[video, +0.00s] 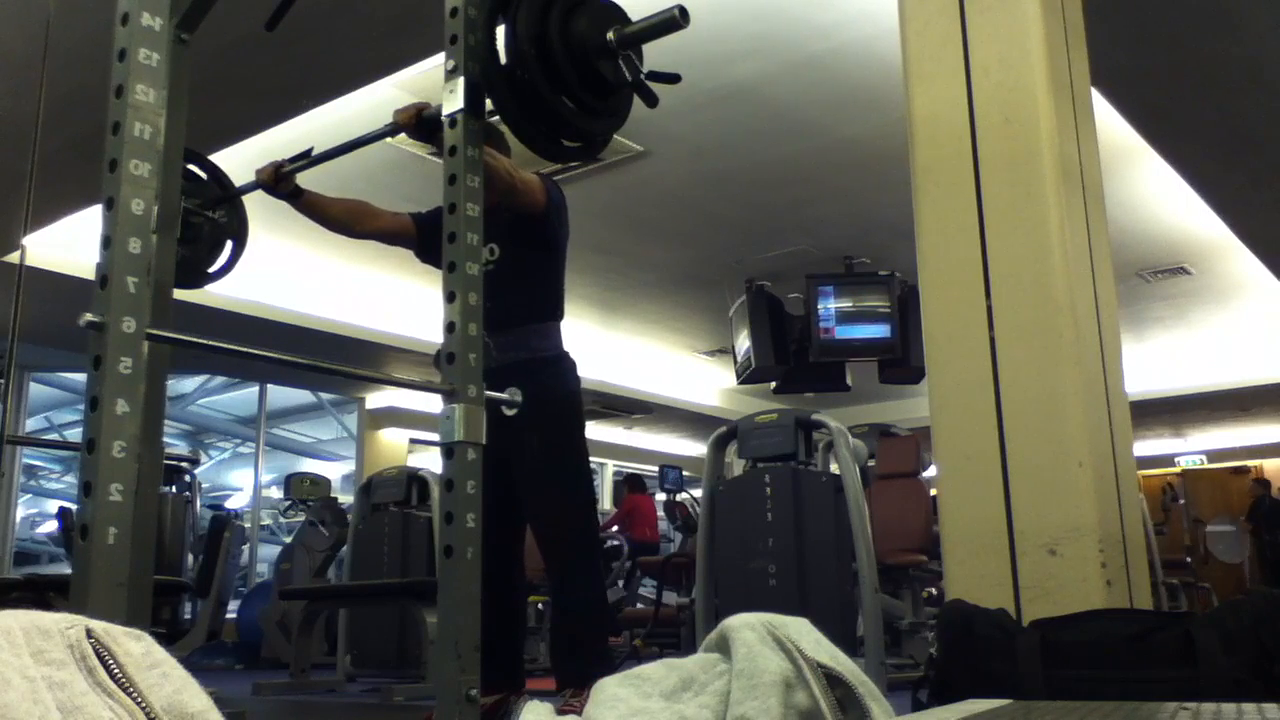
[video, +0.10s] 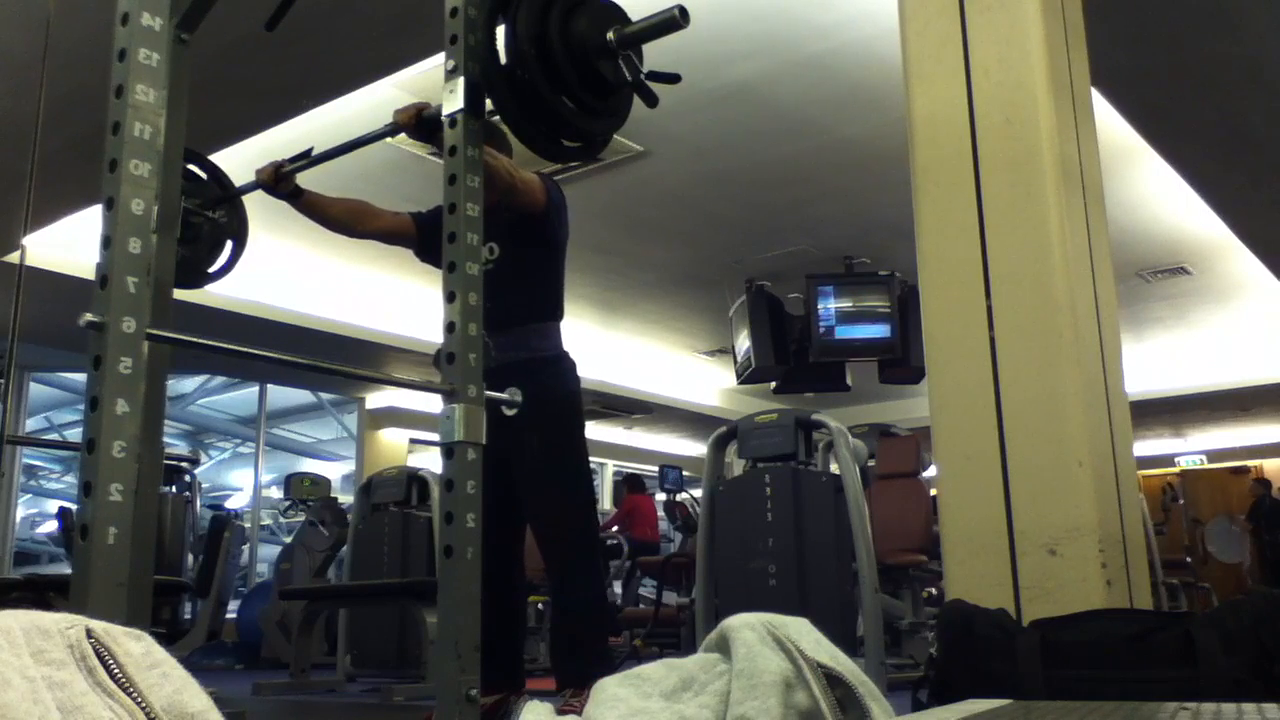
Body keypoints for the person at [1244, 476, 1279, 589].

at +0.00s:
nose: (1250, 489)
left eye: (1253, 486)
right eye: (1251, 485)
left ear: (1260, 488)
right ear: (1266, 488)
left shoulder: (1257, 503)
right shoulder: (1275, 502)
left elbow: (1248, 526)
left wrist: (1241, 523)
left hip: (1262, 545)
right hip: (1276, 544)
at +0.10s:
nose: (1250, 488)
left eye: (1253, 485)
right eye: (1252, 485)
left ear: (1261, 488)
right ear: (1267, 488)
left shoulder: (1258, 503)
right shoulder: (1275, 502)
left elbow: (1247, 526)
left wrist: (1236, 520)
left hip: (1261, 545)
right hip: (1276, 543)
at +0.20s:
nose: (1251, 488)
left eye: (1254, 485)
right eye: (1252, 485)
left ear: (1261, 488)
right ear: (1267, 489)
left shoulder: (1258, 503)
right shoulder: (1276, 502)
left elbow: (1247, 527)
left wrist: (1237, 521)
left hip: (1263, 547)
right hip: (1276, 545)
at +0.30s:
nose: (1252, 488)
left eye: (1255, 485)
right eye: (1253, 485)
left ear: (1263, 488)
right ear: (1269, 489)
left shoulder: (1259, 504)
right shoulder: (1276, 502)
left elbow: (1249, 525)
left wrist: (1236, 520)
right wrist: (1239, 519)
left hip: (1264, 547)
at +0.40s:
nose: (1253, 488)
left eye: (1256, 485)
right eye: (1254, 485)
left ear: (1264, 489)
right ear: (1268, 489)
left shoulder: (1260, 505)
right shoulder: (1276, 502)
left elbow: (1251, 525)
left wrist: (1237, 522)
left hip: (1265, 550)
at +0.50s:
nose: (1255, 487)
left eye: (1259, 485)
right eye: (1256, 484)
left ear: (1266, 489)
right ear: (1268, 489)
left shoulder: (1264, 505)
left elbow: (1255, 524)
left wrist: (1240, 522)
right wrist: (1244, 520)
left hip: (1268, 550)